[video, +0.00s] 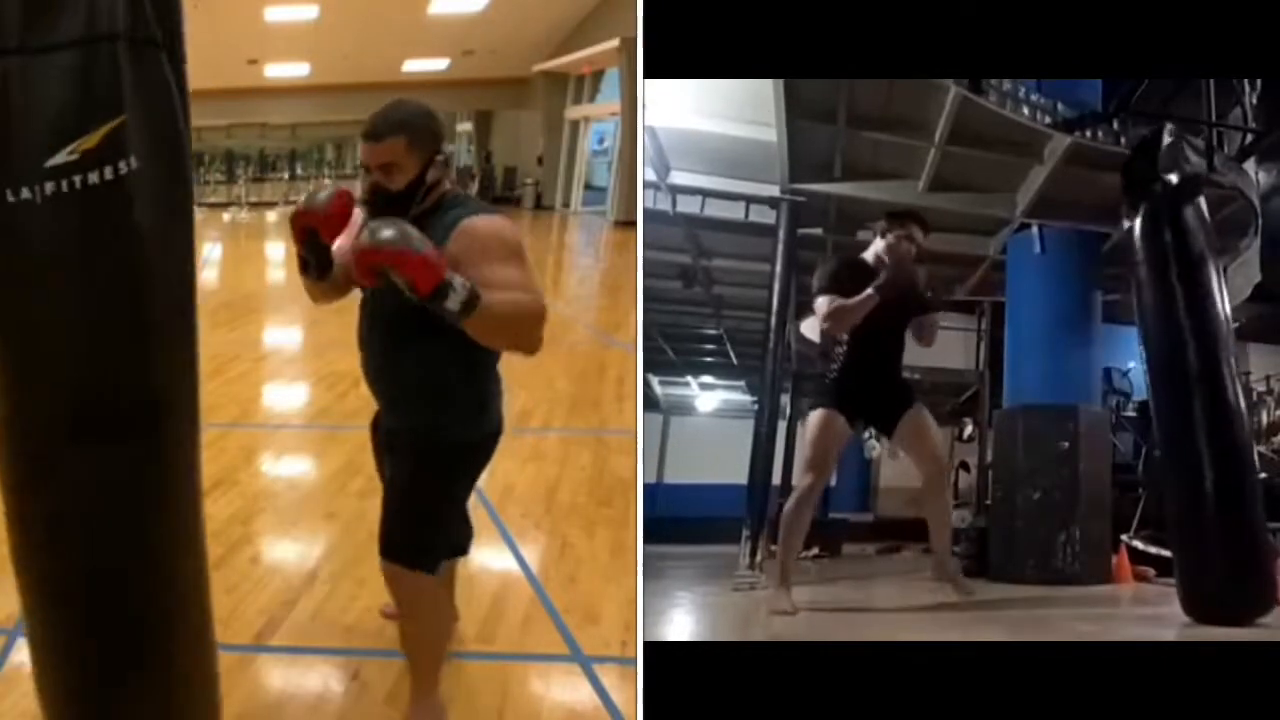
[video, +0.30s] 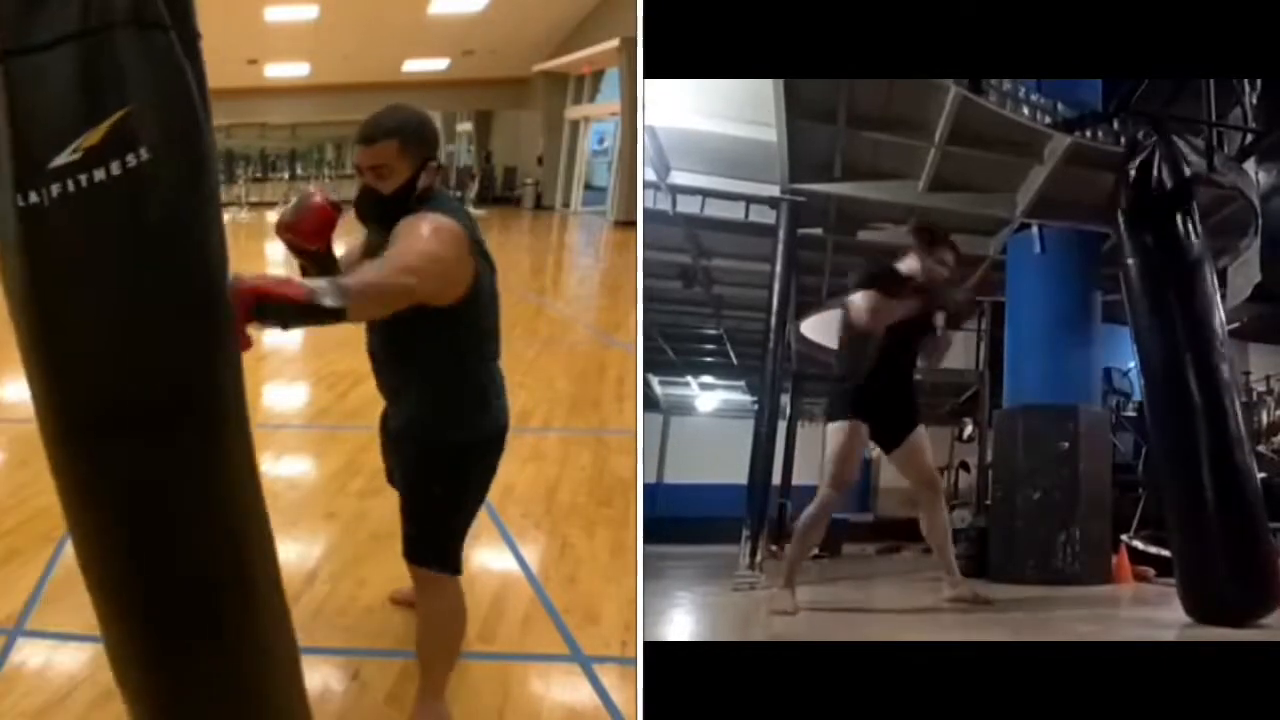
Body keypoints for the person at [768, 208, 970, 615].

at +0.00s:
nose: (906, 249)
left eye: (914, 245)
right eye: (902, 239)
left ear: (917, 253)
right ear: (879, 237)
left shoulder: (907, 285)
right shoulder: (844, 270)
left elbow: (925, 337)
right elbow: (829, 322)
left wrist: (921, 290)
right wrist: (878, 287)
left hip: (889, 390)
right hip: (841, 388)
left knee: (937, 469)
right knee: (811, 480)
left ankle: (943, 566)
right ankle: (781, 582)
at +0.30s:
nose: (945, 273)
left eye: (950, 268)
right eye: (941, 263)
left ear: (946, 270)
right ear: (918, 255)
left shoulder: (928, 300)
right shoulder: (880, 277)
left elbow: (932, 360)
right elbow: (864, 316)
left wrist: (947, 329)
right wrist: (918, 299)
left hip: (896, 401)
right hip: (854, 395)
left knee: (930, 487)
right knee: (833, 490)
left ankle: (953, 581)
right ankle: (785, 583)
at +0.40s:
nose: (960, 298)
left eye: (965, 293)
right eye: (961, 288)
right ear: (942, 275)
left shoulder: (928, 312)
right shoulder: (905, 283)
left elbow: (918, 349)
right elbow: (910, 327)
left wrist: (949, 338)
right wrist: (948, 326)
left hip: (898, 404)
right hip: (860, 398)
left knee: (940, 482)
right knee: (839, 494)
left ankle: (951, 582)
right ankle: (785, 583)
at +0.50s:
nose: (979, 293)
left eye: (983, 286)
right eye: (976, 283)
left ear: (977, 284)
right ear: (956, 272)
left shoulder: (958, 308)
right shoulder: (915, 282)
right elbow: (915, 330)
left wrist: (960, 334)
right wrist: (956, 324)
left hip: (919, 403)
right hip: (877, 395)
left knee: (960, 485)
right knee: (860, 490)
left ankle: (953, 581)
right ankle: (793, 570)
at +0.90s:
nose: (1029, 308)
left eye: (1033, 300)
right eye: (1027, 297)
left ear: (1013, 294)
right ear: (1005, 286)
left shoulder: (1000, 321)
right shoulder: (967, 296)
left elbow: (987, 365)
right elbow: (970, 347)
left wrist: (1010, 355)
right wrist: (1013, 340)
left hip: (962, 418)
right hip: (921, 410)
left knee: (1015, 483)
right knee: (890, 496)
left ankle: (1017, 581)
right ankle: (820, 589)